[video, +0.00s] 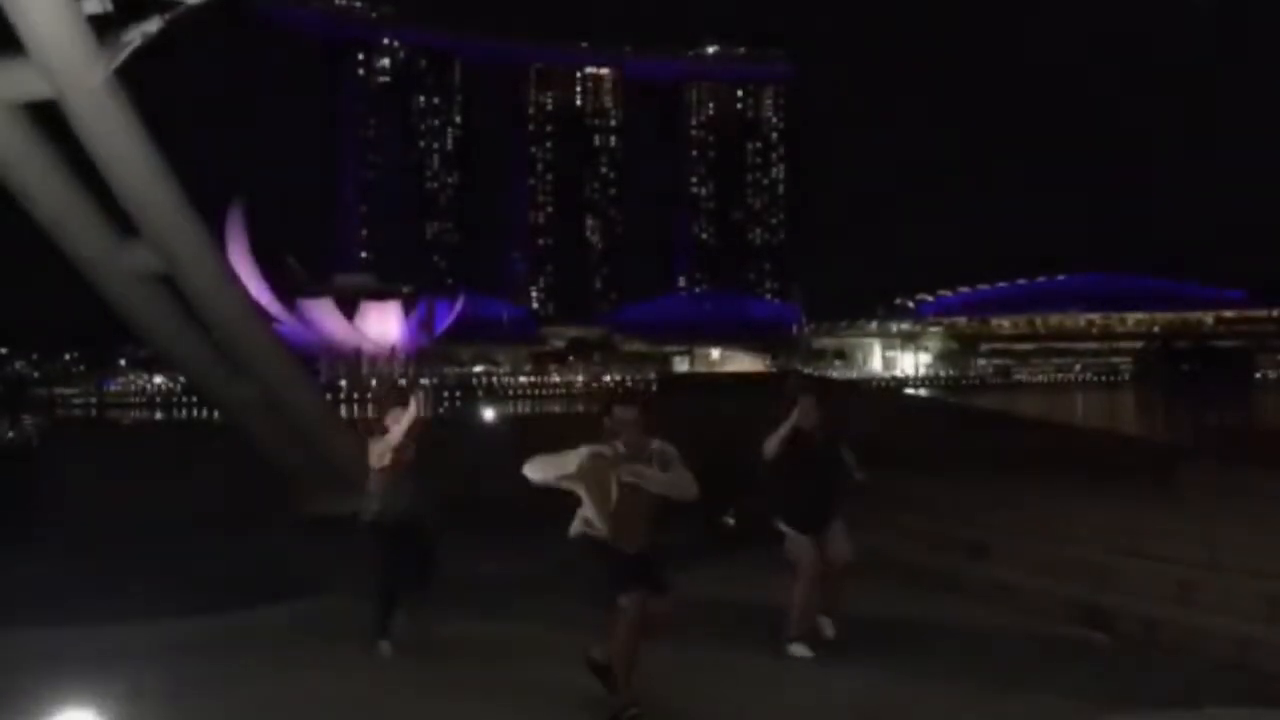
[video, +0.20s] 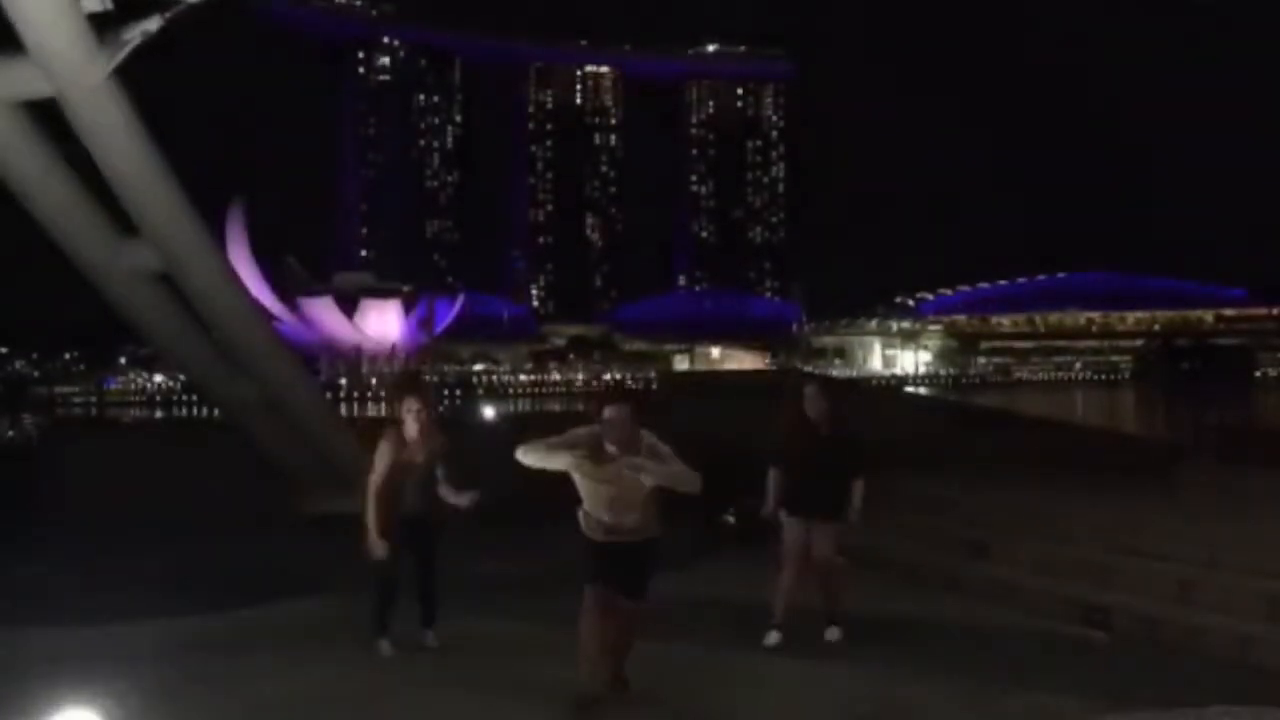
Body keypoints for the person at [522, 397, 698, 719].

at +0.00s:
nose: (628, 433)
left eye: (634, 425)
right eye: (621, 425)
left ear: (644, 426)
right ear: (609, 426)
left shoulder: (659, 453)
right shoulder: (594, 457)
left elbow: (688, 489)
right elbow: (532, 469)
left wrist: (639, 474)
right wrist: (578, 464)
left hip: (635, 545)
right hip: (595, 542)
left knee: (657, 605)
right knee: (630, 601)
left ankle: (605, 656)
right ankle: (624, 695)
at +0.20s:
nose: (613, 430)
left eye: (619, 424)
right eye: (607, 423)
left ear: (633, 426)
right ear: (600, 425)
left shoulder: (646, 445)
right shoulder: (584, 443)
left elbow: (693, 483)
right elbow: (523, 454)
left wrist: (648, 470)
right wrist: (570, 458)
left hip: (639, 537)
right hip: (597, 537)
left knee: (629, 610)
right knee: (596, 605)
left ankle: (618, 675)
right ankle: (591, 683)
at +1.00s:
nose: (597, 394)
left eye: (604, 386)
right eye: (592, 387)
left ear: (618, 390)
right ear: (585, 392)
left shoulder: (641, 419)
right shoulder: (579, 421)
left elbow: (700, 426)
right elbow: (523, 446)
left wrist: (651, 440)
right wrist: (574, 448)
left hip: (642, 509)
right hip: (602, 516)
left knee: (631, 564)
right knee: (603, 584)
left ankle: (630, 651)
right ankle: (620, 642)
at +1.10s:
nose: (623, 388)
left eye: (630, 380)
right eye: (616, 380)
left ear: (638, 384)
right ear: (602, 384)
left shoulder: (651, 414)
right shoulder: (589, 416)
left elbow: (708, 424)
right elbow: (528, 440)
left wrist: (657, 437)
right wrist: (567, 452)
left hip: (644, 518)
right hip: (600, 520)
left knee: (638, 584)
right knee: (599, 583)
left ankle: (625, 655)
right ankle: (601, 640)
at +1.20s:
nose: (632, 395)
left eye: (639, 387)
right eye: (625, 387)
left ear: (648, 390)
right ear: (613, 390)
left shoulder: (658, 423)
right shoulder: (598, 423)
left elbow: (717, 428)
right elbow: (537, 447)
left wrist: (672, 439)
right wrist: (575, 470)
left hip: (645, 517)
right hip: (603, 517)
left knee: (637, 586)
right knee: (607, 577)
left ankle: (624, 657)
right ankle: (587, 655)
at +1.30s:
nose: (638, 393)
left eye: (646, 386)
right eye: (632, 385)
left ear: (654, 391)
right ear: (621, 389)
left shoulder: (665, 424)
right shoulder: (604, 426)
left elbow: (719, 433)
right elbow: (550, 464)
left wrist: (686, 439)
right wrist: (581, 452)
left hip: (646, 517)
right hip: (605, 515)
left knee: (639, 584)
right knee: (614, 571)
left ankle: (626, 655)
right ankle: (613, 656)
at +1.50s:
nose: (646, 393)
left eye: (652, 385)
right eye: (638, 386)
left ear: (660, 382)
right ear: (625, 383)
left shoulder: (671, 402)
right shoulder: (610, 403)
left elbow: (694, 446)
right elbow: (585, 405)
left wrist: (655, 478)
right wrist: (611, 395)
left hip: (652, 501)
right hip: (612, 502)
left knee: (668, 573)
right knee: (647, 576)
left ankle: (615, 634)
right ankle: (645, 676)